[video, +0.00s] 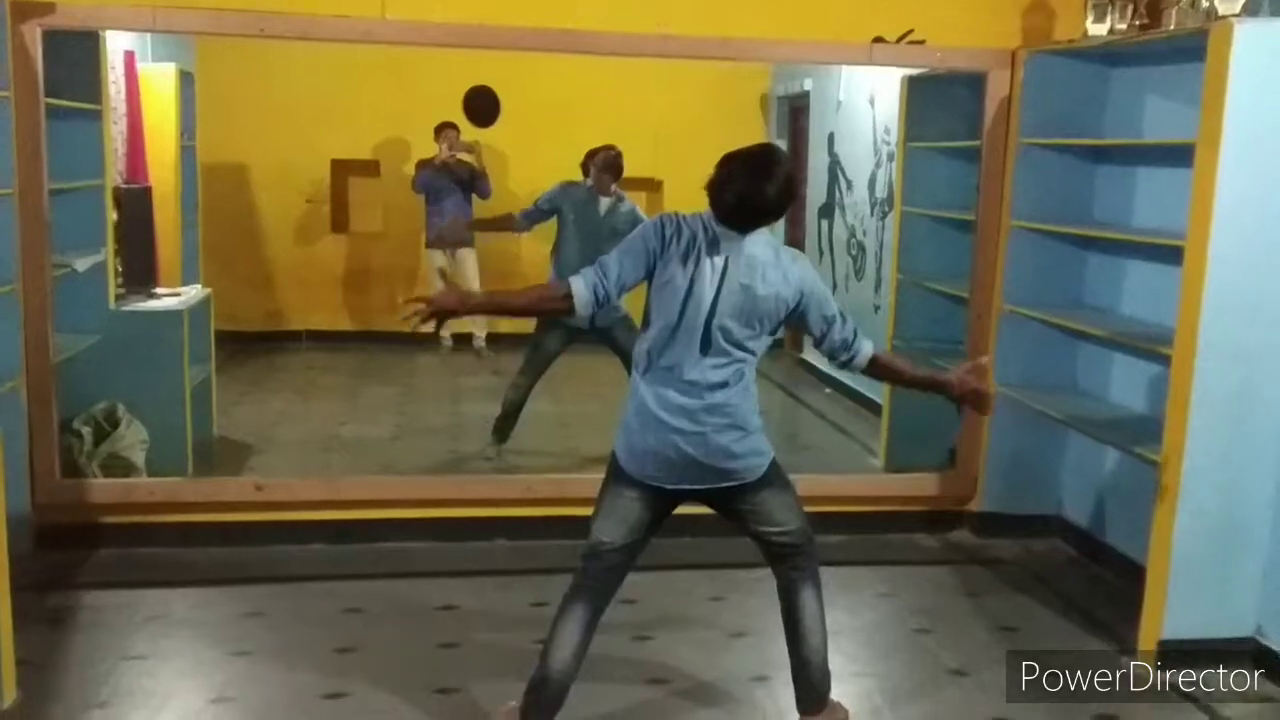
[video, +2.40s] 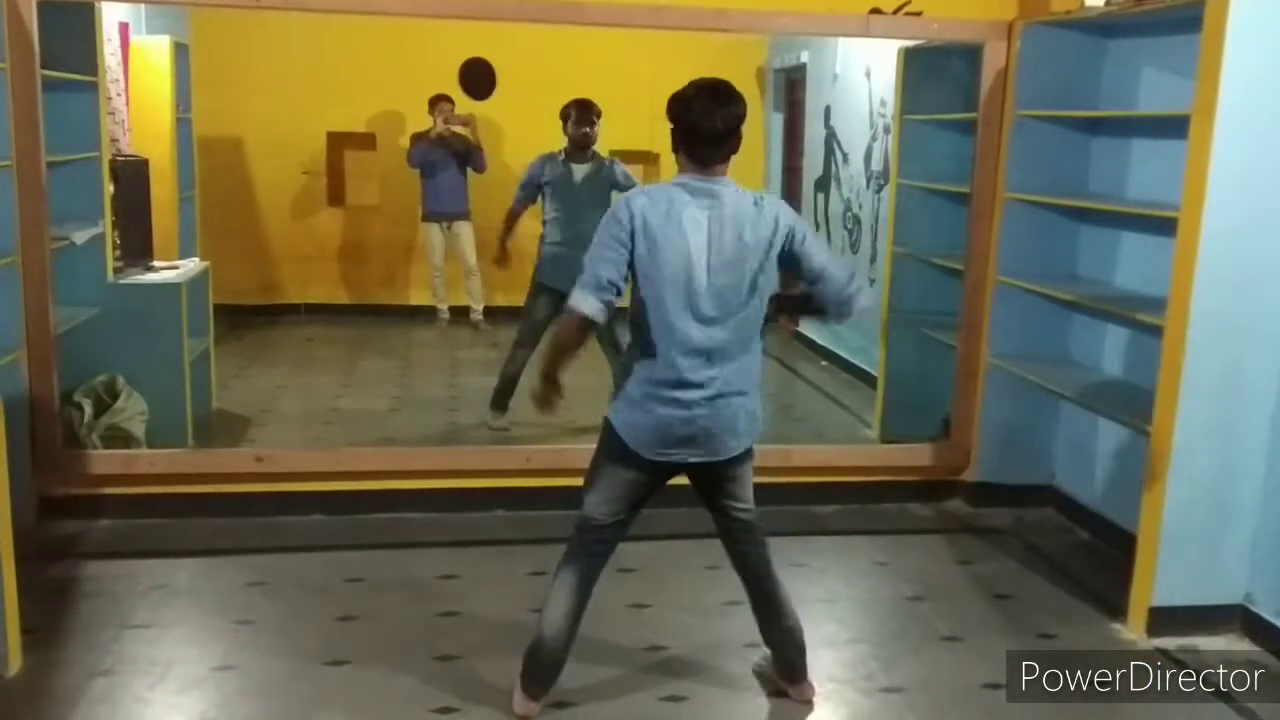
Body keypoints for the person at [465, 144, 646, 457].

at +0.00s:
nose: (608, 174)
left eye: (614, 169)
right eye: (603, 167)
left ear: (619, 174)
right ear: (589, 169)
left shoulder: (630, 214)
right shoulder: (567, 195)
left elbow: (660, 253)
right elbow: (521, 221)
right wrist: (467, 226)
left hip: (610, 311)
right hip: (562, 310)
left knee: (648, 370)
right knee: (528, 375)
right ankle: (497, 440)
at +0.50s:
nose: (614, 136)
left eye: (617, 133)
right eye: (607, 131)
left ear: (621, 147)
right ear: (589, 142)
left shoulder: (631, 190)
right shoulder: (564, 171)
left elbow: (653, 242)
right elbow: (513, 186)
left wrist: (647, 294)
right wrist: (464, 173)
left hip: (606, 289)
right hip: (559, 288)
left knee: (650, 351)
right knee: (522, 359)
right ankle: (495, 420)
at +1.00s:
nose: (612, 132)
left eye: (617, 128)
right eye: (604, 126)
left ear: (620, 136)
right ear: (586, 133)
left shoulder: (630, 185)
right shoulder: (562, 166)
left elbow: (648, 240)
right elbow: (513, 174)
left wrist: (646, 290)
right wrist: (471, 151)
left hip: (605, 285)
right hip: (559, 284)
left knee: (648, 348)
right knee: (522, 353)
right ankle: (493, 416)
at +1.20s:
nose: (608, 132)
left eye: (613, 127)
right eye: (601, 126)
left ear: (619, 134)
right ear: (584, 132)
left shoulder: (625, 180)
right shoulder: (559, 165)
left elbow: (671, 192)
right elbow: (509, 168)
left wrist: (708, 165)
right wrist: (473, 142)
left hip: (605, 285)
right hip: (557, 284)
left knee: (647, 347)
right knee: (522, 353)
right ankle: (493, 417)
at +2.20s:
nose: (588, 130)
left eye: (593, 124)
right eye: (580, 124)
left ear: (600, 128)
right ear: (566, 129)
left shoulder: (614, 163)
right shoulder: (551, 161)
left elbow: (655, 156)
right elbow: (505, 175)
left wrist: (686, 159)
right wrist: (472, 152)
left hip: (599, 276)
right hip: (556, 275)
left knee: (626, 345)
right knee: (523, 344)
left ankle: (643, 409)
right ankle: (496, 409)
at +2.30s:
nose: (586, 130)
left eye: (591, 123)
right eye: (579, 124)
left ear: (598, 127)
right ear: (565, 128)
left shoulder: (610, 166)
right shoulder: (550, 162)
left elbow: (653, 166)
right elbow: (515, 183)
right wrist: (483, 199)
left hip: (596, 271)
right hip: (555, 269)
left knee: (617, 339)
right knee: (528, 337)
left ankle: (636, 406)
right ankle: (499, 408)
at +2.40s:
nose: (588, 130)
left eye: (593, 124)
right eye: (580, 123)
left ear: (599, 128)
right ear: (565, 126)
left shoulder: (611, 170)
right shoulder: (545, 167)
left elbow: (642, 205)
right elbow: (519, 205)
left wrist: (643, 254)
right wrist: (502, 241)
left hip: (597, 270)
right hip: (554, 267)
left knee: (616, 345)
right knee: (527, 337)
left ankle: (629, 409)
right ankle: (498, 406)